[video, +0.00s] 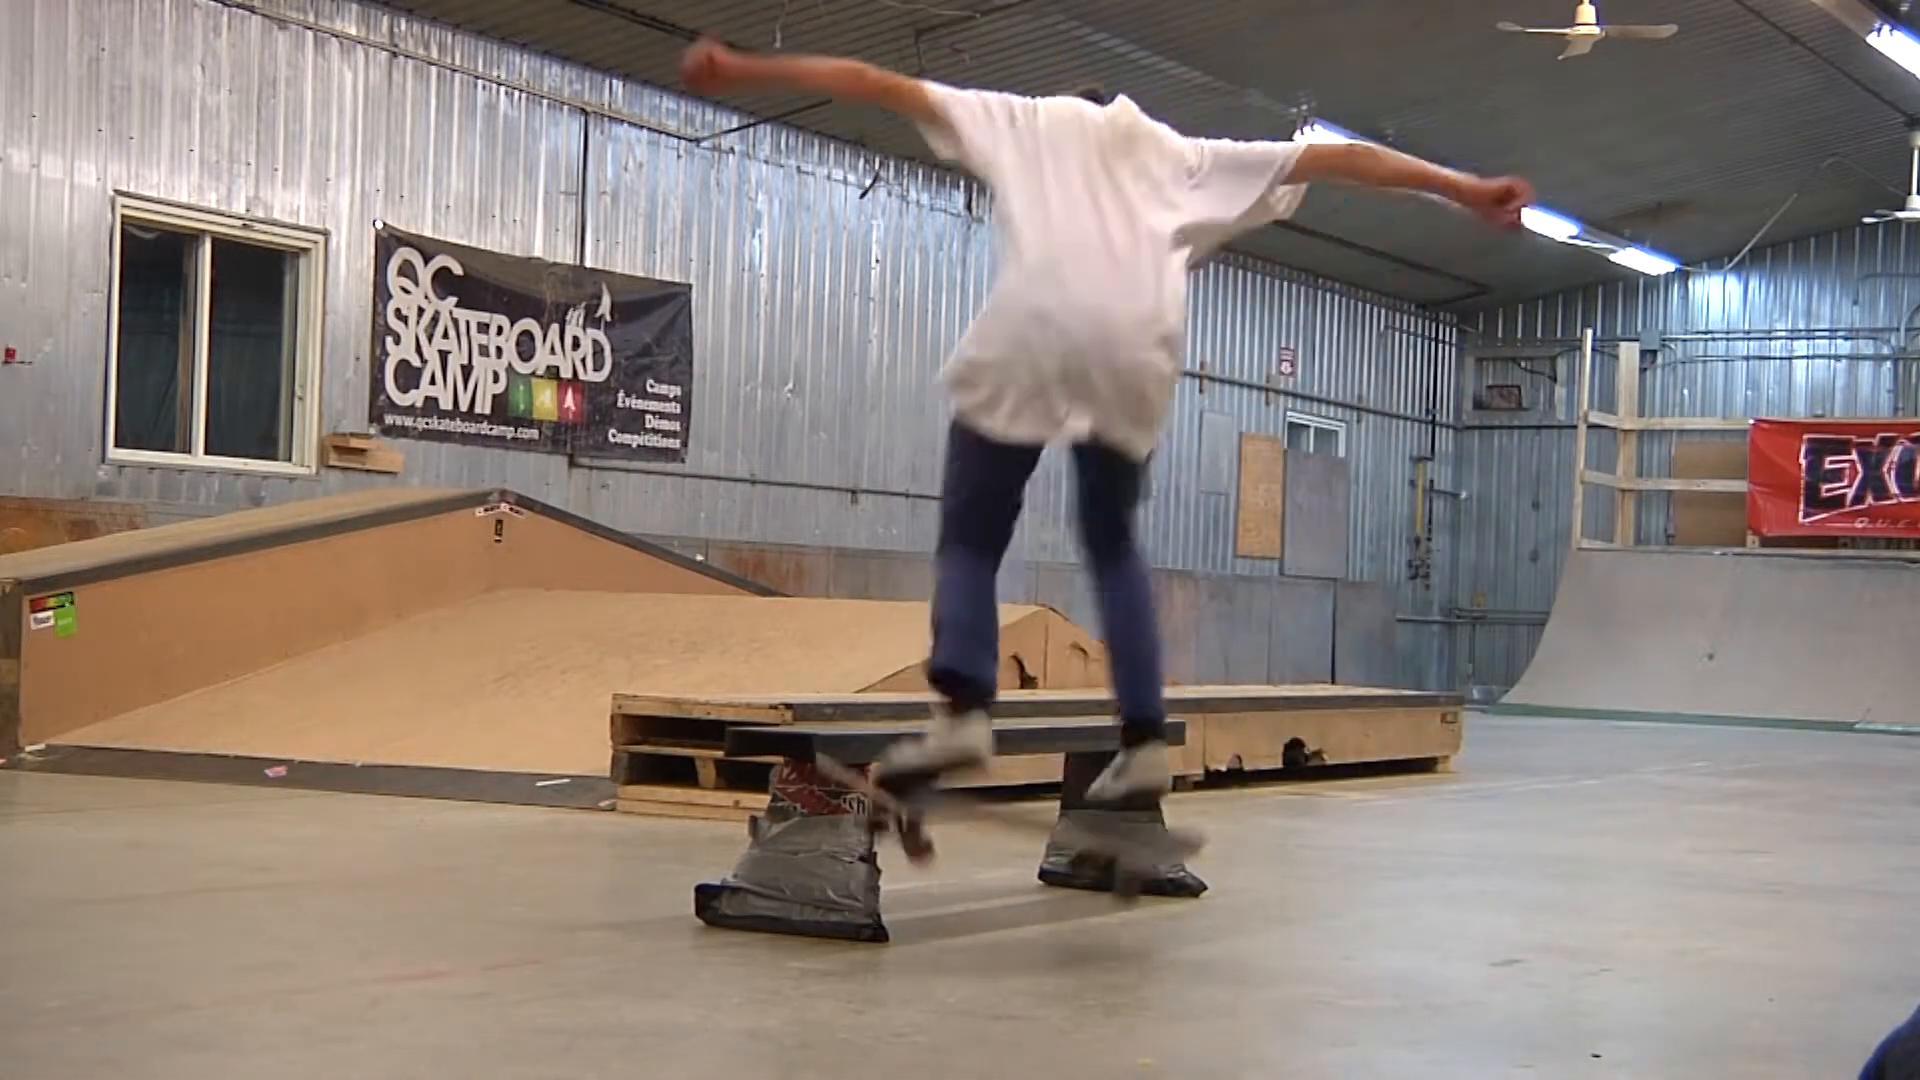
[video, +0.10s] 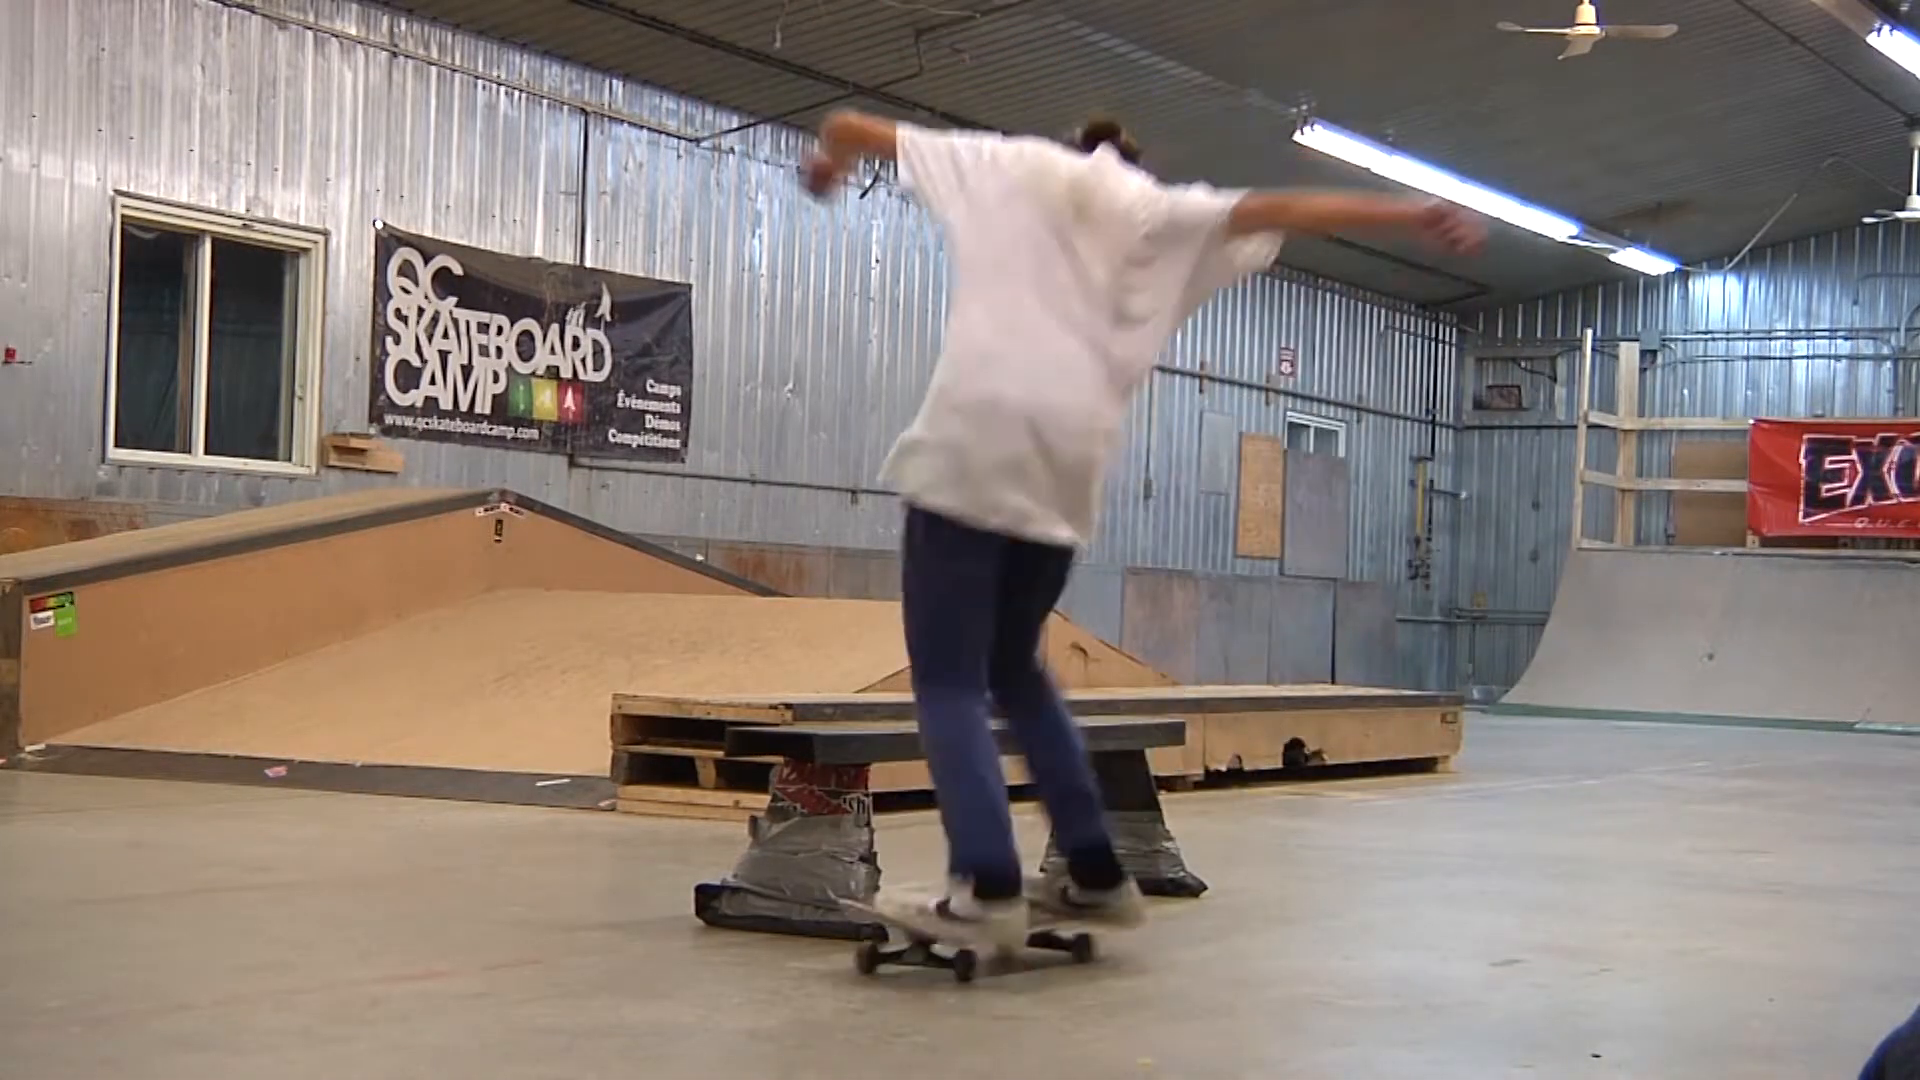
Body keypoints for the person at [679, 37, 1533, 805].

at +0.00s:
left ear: (1064, 100)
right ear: (1148, 118)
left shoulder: (1019, 118)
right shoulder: (1187, 156)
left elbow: (881, 81)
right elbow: (1329, 155)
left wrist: (747, 70)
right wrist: (1460, 186)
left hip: (1018, 343)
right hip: (1135, 361)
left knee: (970, 546)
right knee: (1114, 543)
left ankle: (962, 715)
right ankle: (1147, 742)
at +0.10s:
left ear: (1066, 143)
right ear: (1134, 170)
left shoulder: (1000, 159)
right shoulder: (1163, 210)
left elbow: (849, 125)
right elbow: (1277, 209)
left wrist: (829, 162)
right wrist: (1414, 214)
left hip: (964, 445)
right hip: (1070, 464)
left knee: (947, 679)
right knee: (1016, 664)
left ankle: (985, 888)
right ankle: (1092, 867)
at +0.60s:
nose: (1045, 142)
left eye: (1050, 128)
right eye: (1048, 127)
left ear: (960, 56)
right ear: (1032, 101)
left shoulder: (866, 66)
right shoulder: (1027, 161)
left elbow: (910, 289)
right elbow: (988, 311)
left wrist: (1058, 393)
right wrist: (964, 507)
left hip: (758, 388)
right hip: (881, 428)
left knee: (739, 694)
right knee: (818, 659)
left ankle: (868, 945)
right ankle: (881, 917)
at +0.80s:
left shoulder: (741, 11)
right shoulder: (968, 64)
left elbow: (692, 237)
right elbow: (1013, 247)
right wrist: (1009, 461)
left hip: (772, 342)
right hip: (900, 376)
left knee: (713, 684)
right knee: (762, 650)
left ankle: (899, 976)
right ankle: (819, 922)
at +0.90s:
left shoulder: (705, 2)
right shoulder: (925, 32)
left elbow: (600, 170)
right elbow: (1018, 228)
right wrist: (1024, 443)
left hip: (784, 314)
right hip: (907, 352)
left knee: (698, 680)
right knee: (728, 660)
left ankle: (913, 989)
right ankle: (831, 952)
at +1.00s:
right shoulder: (884, 37)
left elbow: (547, 126)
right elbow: (987, 210)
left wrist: (426, 294)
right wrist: (1000, 433)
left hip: (781, 284)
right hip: (898, 335)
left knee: (689, 678)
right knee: (720, 668)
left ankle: (928, 1015)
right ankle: (841, 973)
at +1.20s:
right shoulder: (784, 35)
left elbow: (543, 61)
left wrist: (423, 278)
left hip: (714, 255)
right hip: (823, 298)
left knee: (634, 672)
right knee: (695, 669)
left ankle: (872, 1031)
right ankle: (902, 1000)